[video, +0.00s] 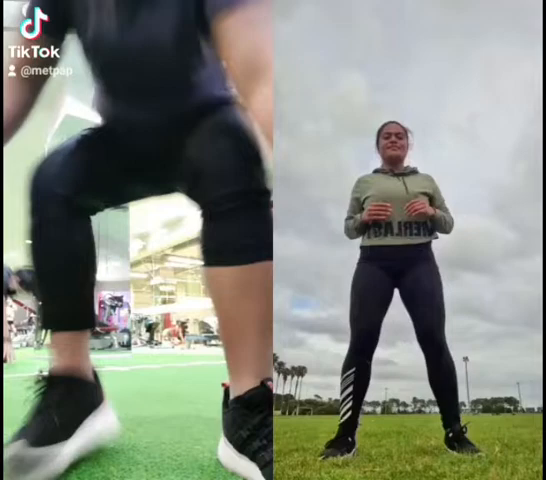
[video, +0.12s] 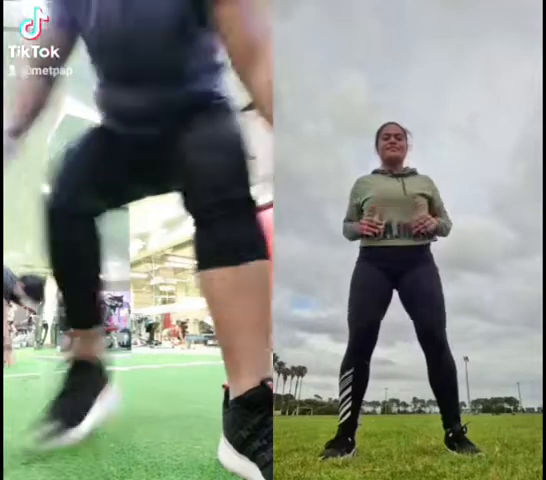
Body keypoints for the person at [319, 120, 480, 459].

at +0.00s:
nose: (394, 140)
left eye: (399, 136)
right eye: (387, 136)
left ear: (409, 145)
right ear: (378, 146)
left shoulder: (426, 182)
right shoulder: (364, 183)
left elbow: (447, 224)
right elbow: (349, 229)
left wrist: (431, 212)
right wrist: (364, 217)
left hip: (418, 263)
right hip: (373, 265)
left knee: (434, 342)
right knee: (361, 344)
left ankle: (455, 434)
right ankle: (345, 437)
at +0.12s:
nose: (393, 141)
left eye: (399, 137)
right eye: (386, 137)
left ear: (408, 146)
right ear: (377, 147)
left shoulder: (425, 184)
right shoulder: (363, 184)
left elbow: (445, 224)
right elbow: (347, 228)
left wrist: (433, 223)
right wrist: (360, 227)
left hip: (418, 265)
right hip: (372, 266)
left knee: (436, 342)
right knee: (359, 344)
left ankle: (455, 434)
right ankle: (345, 437)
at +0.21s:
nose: (394, 143)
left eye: (400, 138)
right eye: (388, 139)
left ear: (410, 145)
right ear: (379, 148)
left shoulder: (426, 183)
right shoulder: (365, 183)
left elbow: (449, 225)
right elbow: (347, 225)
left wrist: (433, 215)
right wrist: (363, 218)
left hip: (419, 266)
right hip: (374, 267)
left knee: (438, 342)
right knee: (360, 344)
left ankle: (454, 434)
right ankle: (345, 437)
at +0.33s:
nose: (397, 143)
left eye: (403, 138)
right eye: (391, 139)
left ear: (412, 146)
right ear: (382, 148)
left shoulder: (430, 183)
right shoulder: (369, 182)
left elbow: (455, 223)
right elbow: (348, 224)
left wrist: (433, 210)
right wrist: (369, 214)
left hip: (423, 266)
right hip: (378, 266)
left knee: (440, 341)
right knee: (364, 344)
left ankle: (454, 433)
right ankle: (344, 438)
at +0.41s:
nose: (407, 148)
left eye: (413, 144)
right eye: (400, 145)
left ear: (423, 151)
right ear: (392, 156)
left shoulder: (440, 181)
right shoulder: (382, 188)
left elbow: (474, 193)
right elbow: (349, 206)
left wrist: (432, 186)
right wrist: (389, 194)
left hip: (442, 270)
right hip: (399, 273)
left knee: (453, 345)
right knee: (375, 345)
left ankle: (455, 435)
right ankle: (348, 435)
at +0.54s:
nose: (417, 158)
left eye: (423, 153)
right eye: (411, 154)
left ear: (434, 160)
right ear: (401, 164)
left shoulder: (455, 194)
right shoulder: (389, 201)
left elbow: (491, 178)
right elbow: (352, 197)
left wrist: (447, 182)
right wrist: (397, 192)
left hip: (452, 281)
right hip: (409, 284)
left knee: (457, 349)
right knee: (406, 357)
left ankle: (456, 433)